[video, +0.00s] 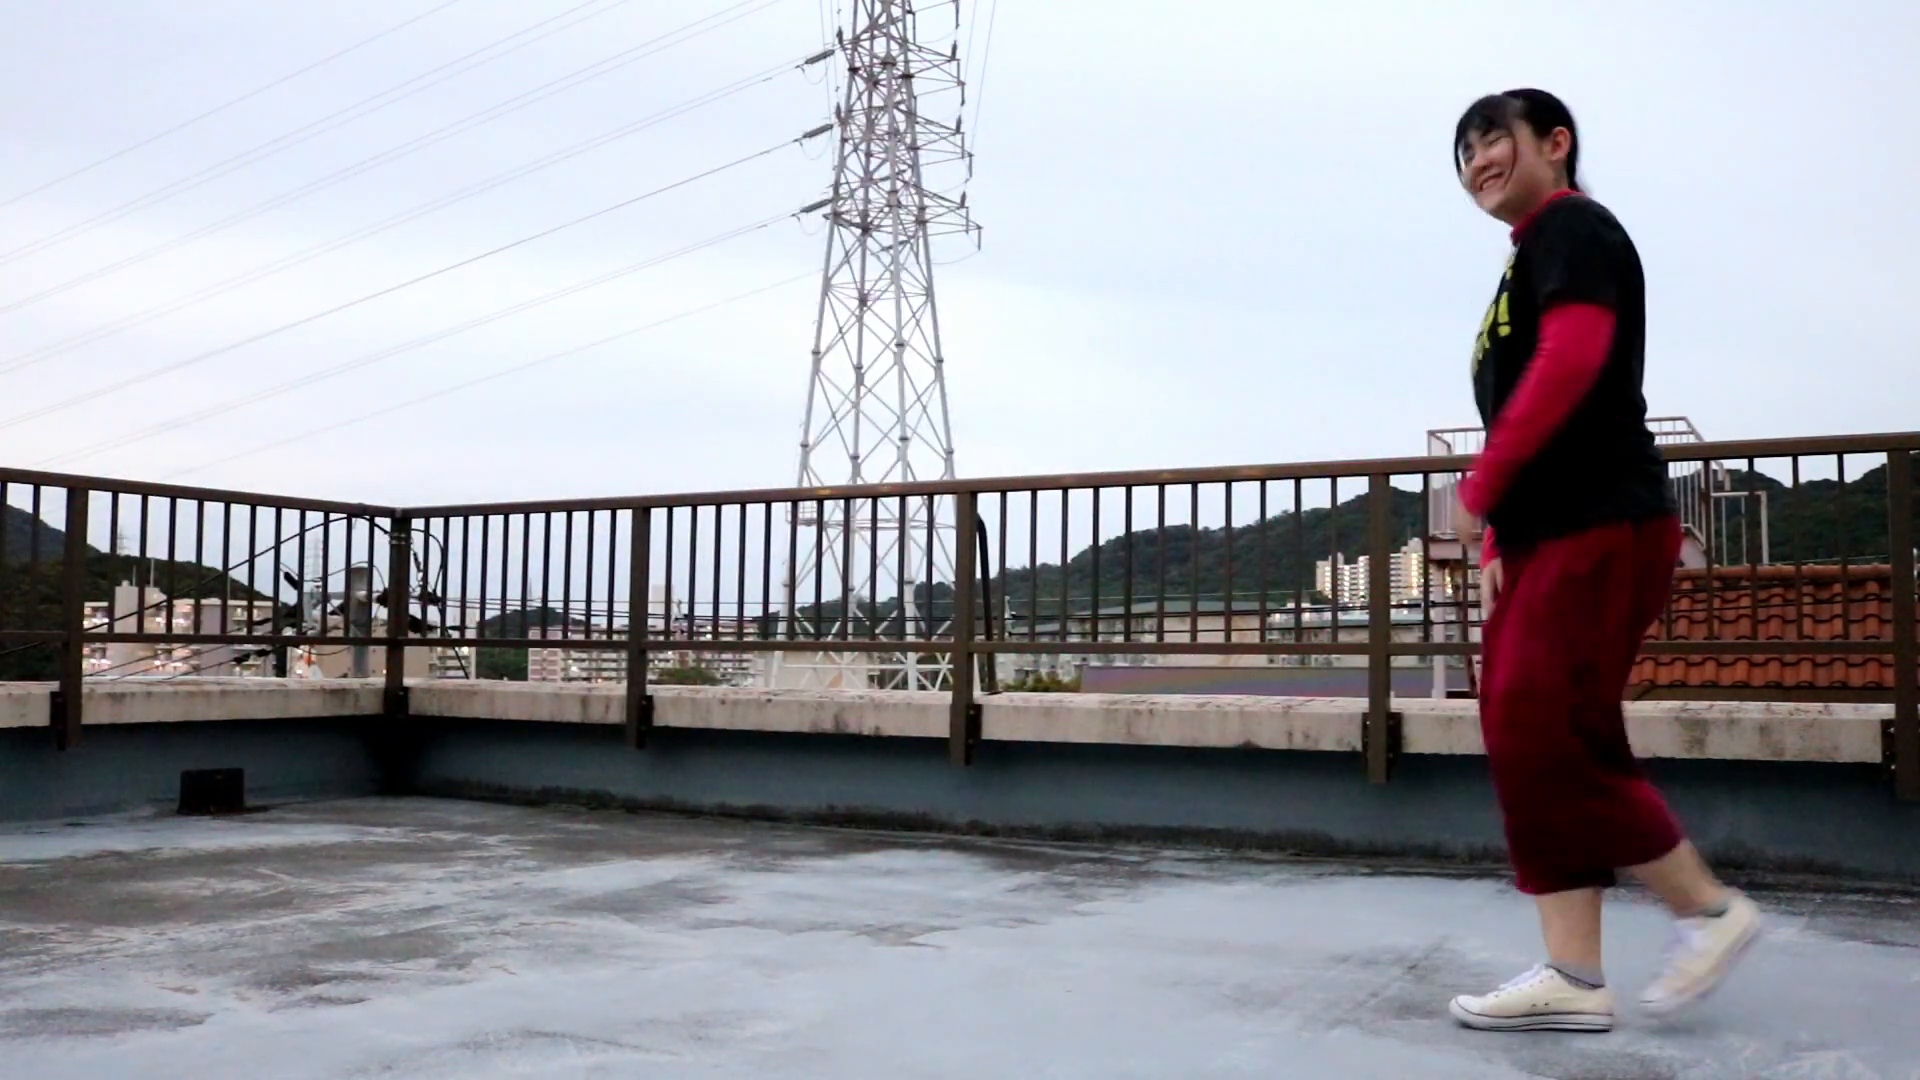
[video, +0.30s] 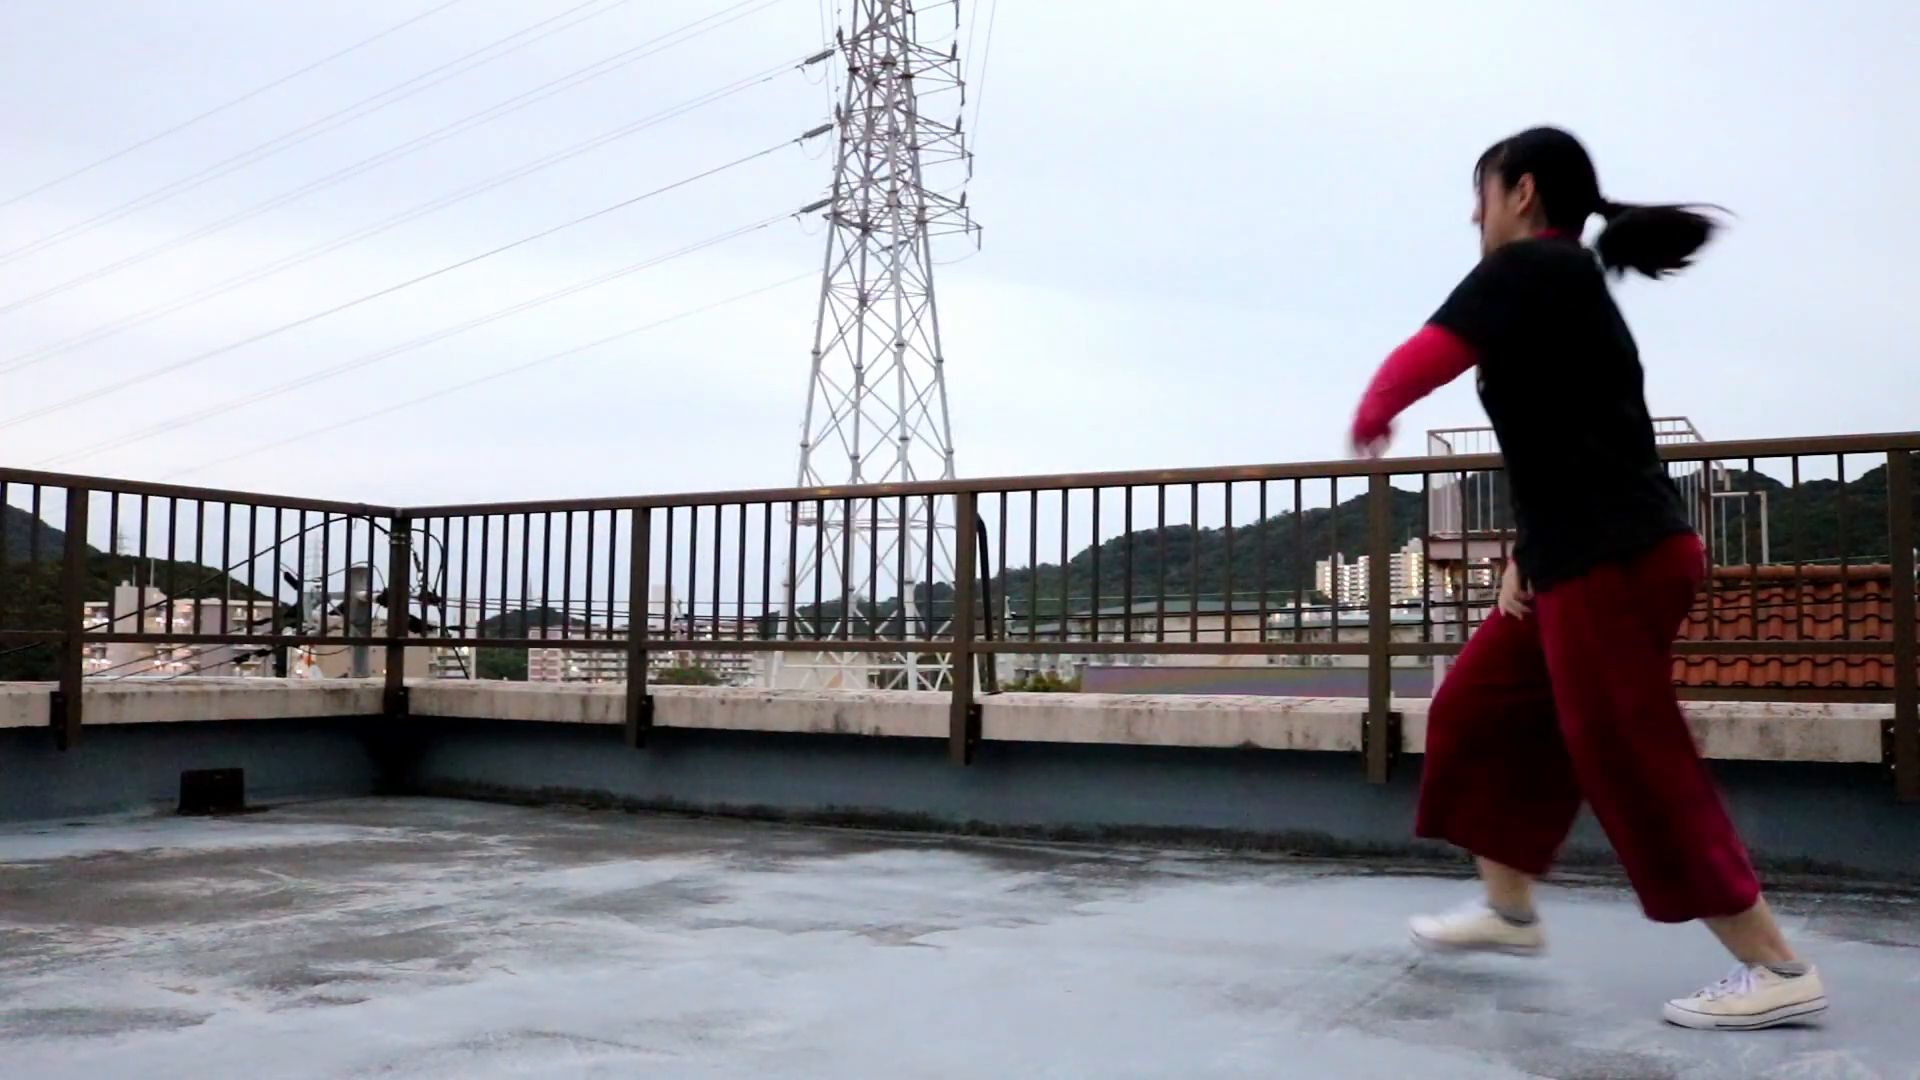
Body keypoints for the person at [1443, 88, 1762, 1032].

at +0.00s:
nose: (1481, 157)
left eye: (1499, 135)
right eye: (1469, 151)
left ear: (1557, 143)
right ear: (1470, 180)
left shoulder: (1574, 226)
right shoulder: (1531, 258)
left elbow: (1573, 360)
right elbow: (1540, 406)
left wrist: (1480, 485)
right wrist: (1507, 530)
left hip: (1603, 531)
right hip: (1548, 540)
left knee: (1541, 724)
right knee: (1524, 728)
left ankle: (1716, 913)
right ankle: (1574, 973)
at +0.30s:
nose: (1477, 213)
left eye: (1483, 195)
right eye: (1479, 196)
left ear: (1520, 194)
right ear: (1549, 202)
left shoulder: (1515, 274)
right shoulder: (1574, 281)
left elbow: (1424, 357)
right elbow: (1590, 440)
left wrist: (1370, 415)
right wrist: (1536, 557)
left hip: (1609, 561)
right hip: (1613, 554)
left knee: (1632, 752)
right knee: (1474, 706)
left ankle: (1776, 968)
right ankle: (1508, 909)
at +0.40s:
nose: (1456, 235)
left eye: (1462, 219)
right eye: (1458, 220)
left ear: (1496, 219)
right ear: (1526, 225)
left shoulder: (1485, 297)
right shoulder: (1557, 306)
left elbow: (1376, 402)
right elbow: (1569, 457)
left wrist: (1317, 494)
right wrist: (1519, 580)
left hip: (1587, 572)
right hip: (1594, 565)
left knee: (1614, 770)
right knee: (1471, 727)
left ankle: (1777, 968)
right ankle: (1478, 911)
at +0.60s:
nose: (1389, 241)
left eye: (1395, 227)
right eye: (1394, 226)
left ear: (1420, 234)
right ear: (1463, 245)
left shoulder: (1390, 316)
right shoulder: (1493, 326)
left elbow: (1350, 458)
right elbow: (1520, 453)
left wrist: (1330, 583)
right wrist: (1444, 561)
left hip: (1484, 572)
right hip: (1537, 560)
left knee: (1498, 744)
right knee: (1432, 729)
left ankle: (1684, 895)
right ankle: (1467, 920)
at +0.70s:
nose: (1341, 239)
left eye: (1347, 226)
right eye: (1346, 225)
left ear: (1370, 232)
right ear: (1421, 243)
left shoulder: (1353, 312)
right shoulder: (1445, 319)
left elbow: (1357, 452)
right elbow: (1468, 451)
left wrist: (1375, 573)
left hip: (1435, 561)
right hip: (1503, 555)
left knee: (1384, 741)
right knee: (1471, 728)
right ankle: (1465, 916)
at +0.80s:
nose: (1290, 242)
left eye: (1296, 227)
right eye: (1295, 227)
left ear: (1320, 229)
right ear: (1358, 237)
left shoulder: (1317, 305)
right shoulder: (1384, 306)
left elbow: (1357, 420)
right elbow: (1398, 433)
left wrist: (1385, 546)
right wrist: (1343, 553)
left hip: (1388, 555)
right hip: (1450, 545)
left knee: (1294, 710)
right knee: (1432, 721)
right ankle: (1466, 915)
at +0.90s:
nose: (1239, 242)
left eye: (1245, 228)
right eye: (1243, 227)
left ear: (1271, 233)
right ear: (1303, 239)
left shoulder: (1284, 312)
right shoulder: (1323, 313)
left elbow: (1337, 416)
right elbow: (1341, 428)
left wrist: (1374, 529)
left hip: (1334, 566)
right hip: (1390, 558)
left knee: (1233, 705)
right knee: (1411, 732)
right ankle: (1467, 918)